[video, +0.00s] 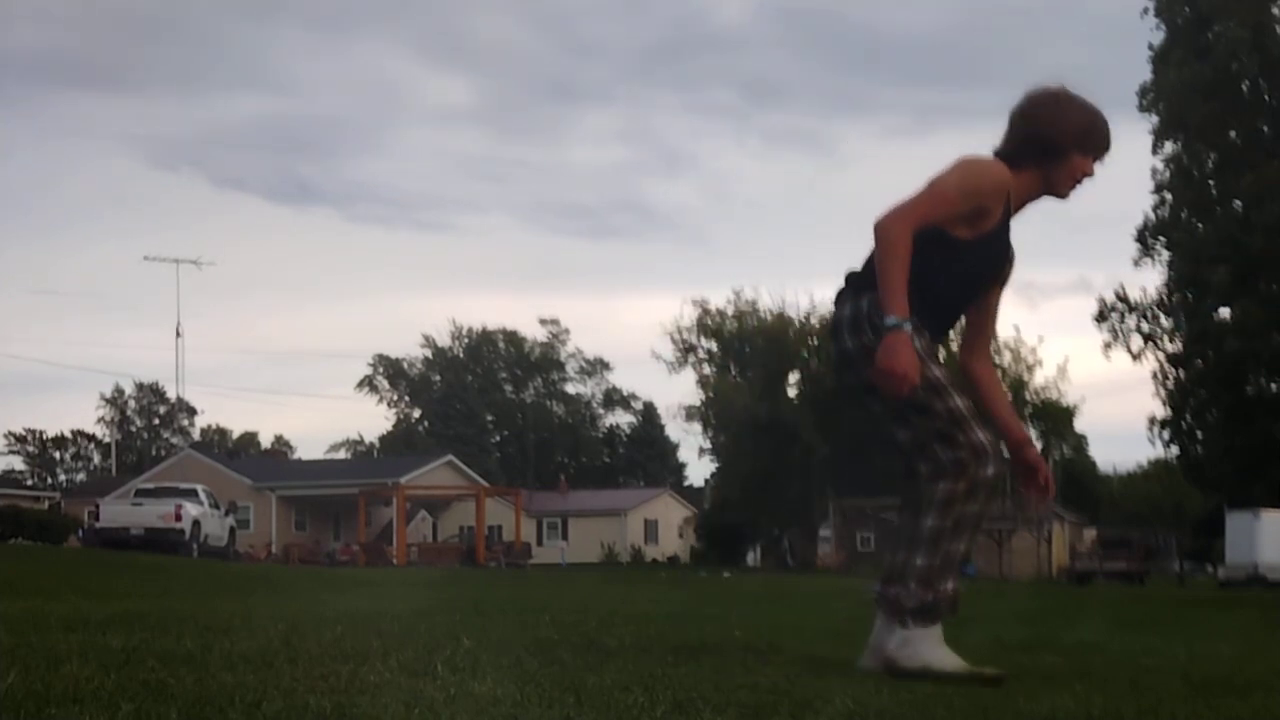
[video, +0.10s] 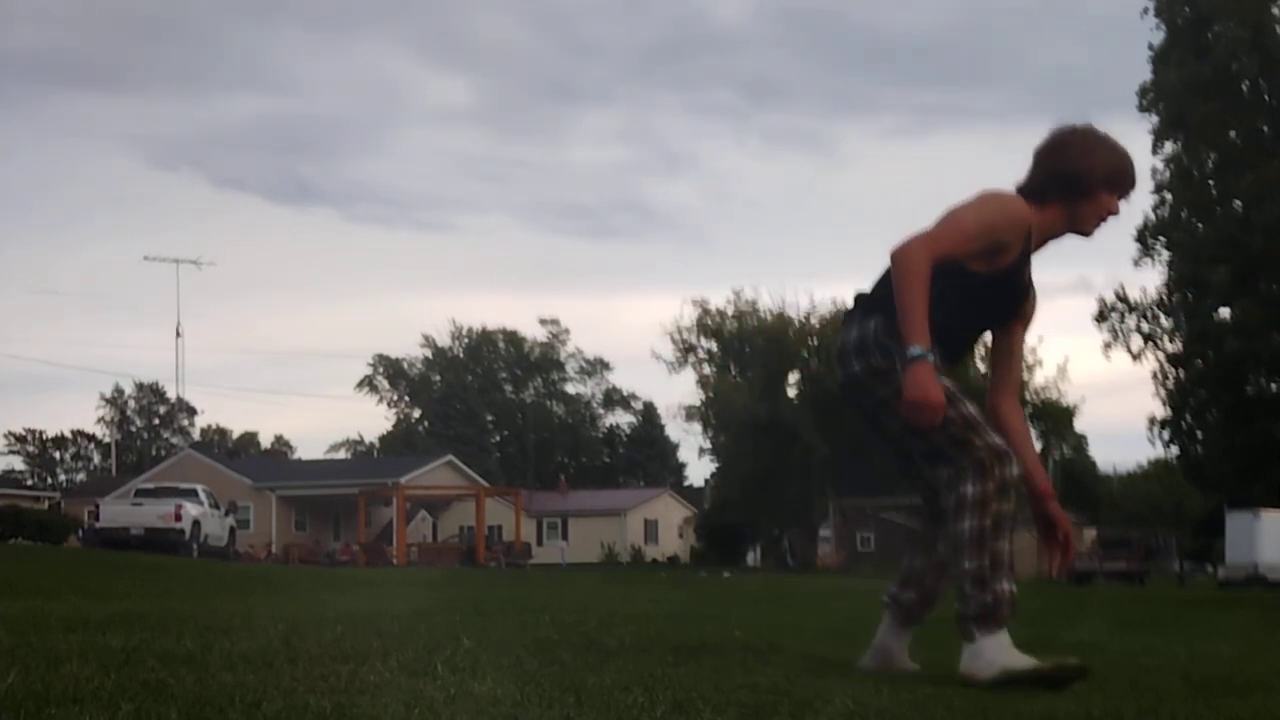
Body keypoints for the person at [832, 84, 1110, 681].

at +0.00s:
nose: (1092, 170)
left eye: (1096, 159)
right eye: (1088, 155)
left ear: (1059, 155)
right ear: (1053, 145)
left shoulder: (999, 252)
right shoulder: (986, 177)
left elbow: (976, 354)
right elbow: (893, 225)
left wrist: (1020, 441)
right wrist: (896, 328)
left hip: (902, 336)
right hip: (876, 322)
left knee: (963, 461)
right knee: (968, 455)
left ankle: (897, 627)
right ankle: (912, 629)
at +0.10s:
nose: (1117, 208)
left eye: (1121, 197)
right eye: (1113, 193)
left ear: (1074, 189)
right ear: (1078, 184)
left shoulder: (1018, 294)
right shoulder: (1006, 213)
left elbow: (1005, 400)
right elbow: (911, 254)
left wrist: (1043, 496)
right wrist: (918, 360)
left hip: (903, 362)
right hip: (880, 344)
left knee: (963, 493)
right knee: (987, 460)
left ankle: (890, 641)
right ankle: (986, 644)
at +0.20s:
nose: (1142, 228)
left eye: (1144, 217)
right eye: (1137, 213)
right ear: (1101, 208)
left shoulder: (1050, 320)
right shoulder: (1028, 244)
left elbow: (1025, 427)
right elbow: (940, 297)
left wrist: (1054, 527)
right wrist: (973, 405)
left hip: (929, 401)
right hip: (894, 385)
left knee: (988, 530)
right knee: (1014, 488)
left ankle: (890, 651)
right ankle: (1045, 667)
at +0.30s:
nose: (1166, 254)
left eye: (1166, 240)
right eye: (1158, 238)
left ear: (1131, 245)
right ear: (1120, 237)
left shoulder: (1088, 356)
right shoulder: (1042, 285)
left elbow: (1050, 458)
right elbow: (990, 362)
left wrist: (1071, 581)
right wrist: (1057, 462)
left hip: (969, 458)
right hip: (915, 433)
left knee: (1012, 616)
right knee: (1053, 477)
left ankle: (904, 653)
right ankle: (1051, 667)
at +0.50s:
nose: (1215, 287)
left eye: (1215, 272)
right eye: (1206, 270)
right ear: (1165, 267)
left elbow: (1111, 508)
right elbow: (1077, 423)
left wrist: (1112, 626)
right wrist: (1196, 504)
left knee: (1020, 658)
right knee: (1058, 461)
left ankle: (932, 646)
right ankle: (1050, 664)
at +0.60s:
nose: (1233, 277)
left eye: (1233, 264)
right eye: (1225, 262)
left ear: (1188, 261)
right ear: (1185, 259)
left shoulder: (1151, 362)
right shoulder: (1089, 303)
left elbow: (1088, 459)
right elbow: (1120, 423)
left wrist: (1107, 567)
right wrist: (1217, 520)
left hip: (1024, 480)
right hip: (959, 452)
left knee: (1020, 656)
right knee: (1074, 459)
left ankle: (926, 648)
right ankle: (1054, 670)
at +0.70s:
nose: (1246, 276)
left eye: (1248, 264)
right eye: (1242, 262)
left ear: (1178, 247)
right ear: (1210, 259)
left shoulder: (1130, 307)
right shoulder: (1127, 301)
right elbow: (1144, 429)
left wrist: (1125, 497)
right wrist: (1208, 541)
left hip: (995, 435)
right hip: (968, 423)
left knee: (1064, 610)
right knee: (1107, 474)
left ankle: (951, 640)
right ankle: (1060, 672)